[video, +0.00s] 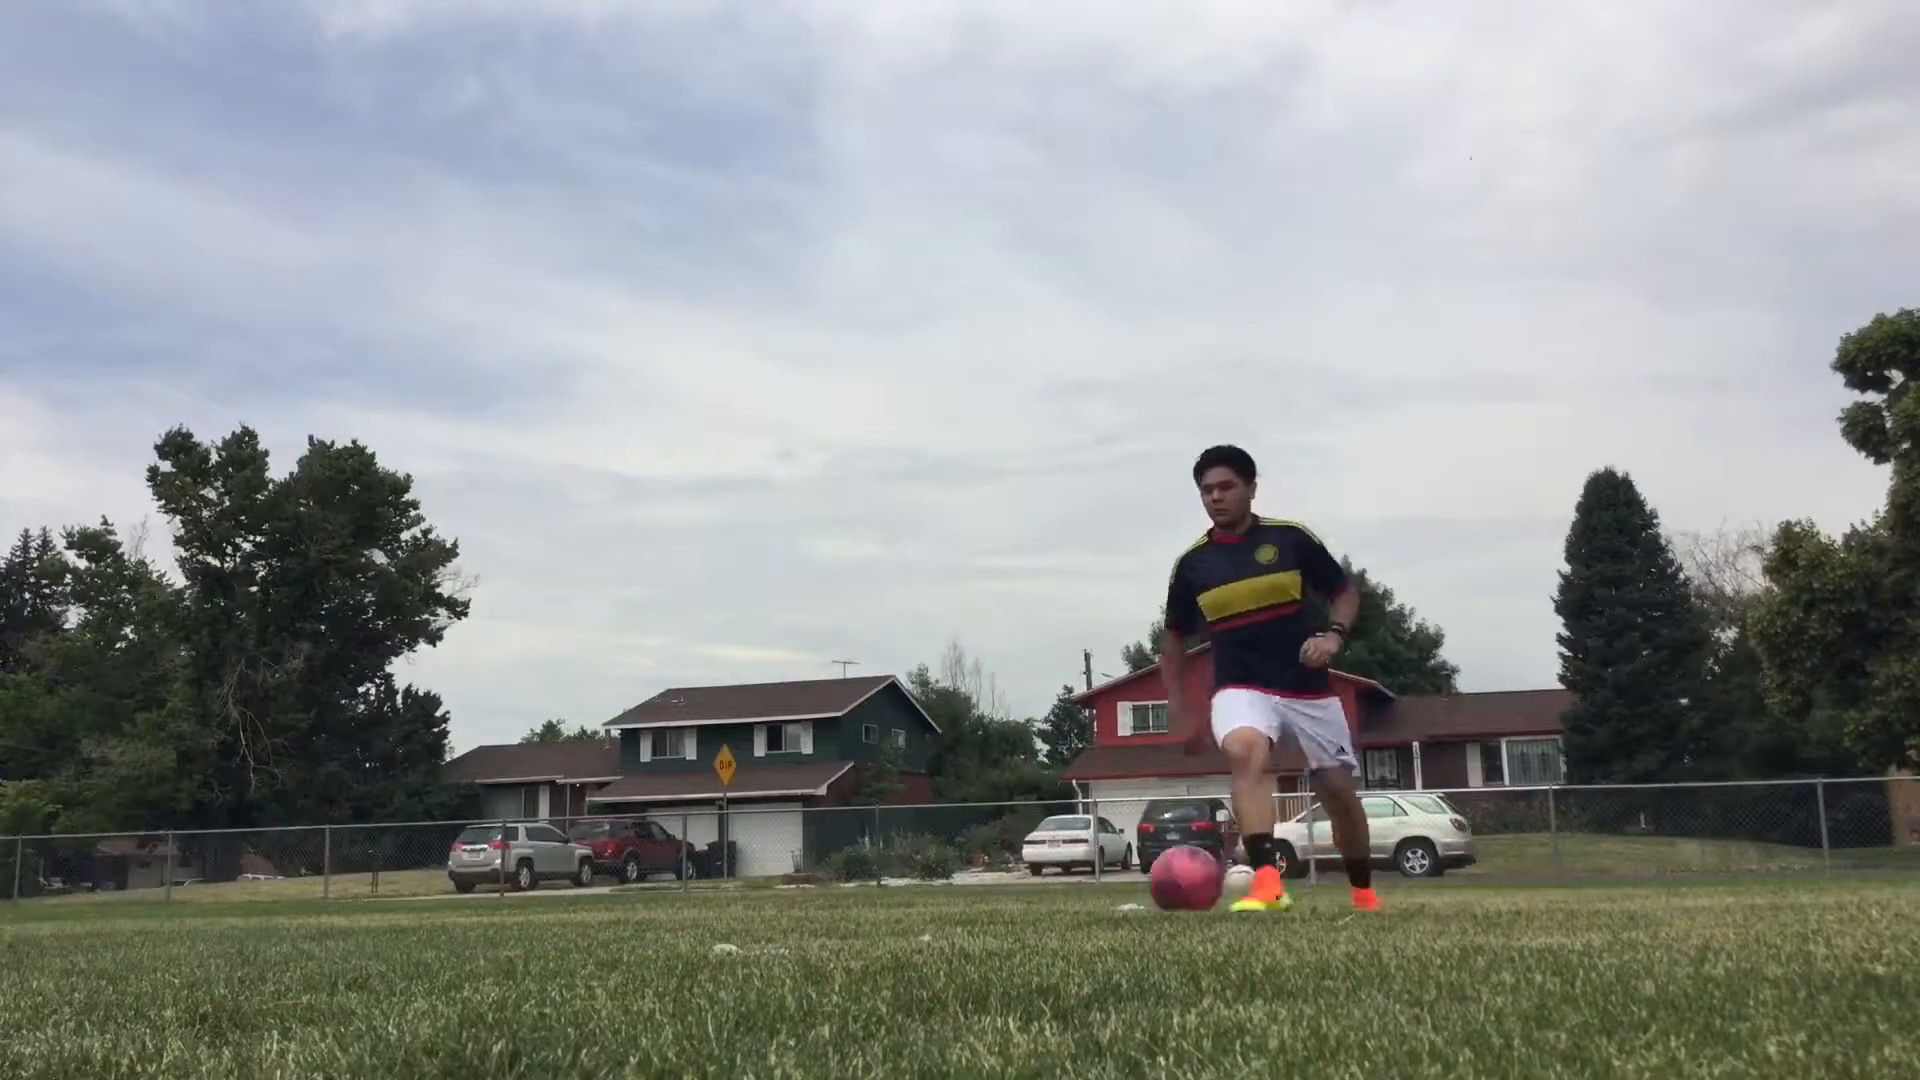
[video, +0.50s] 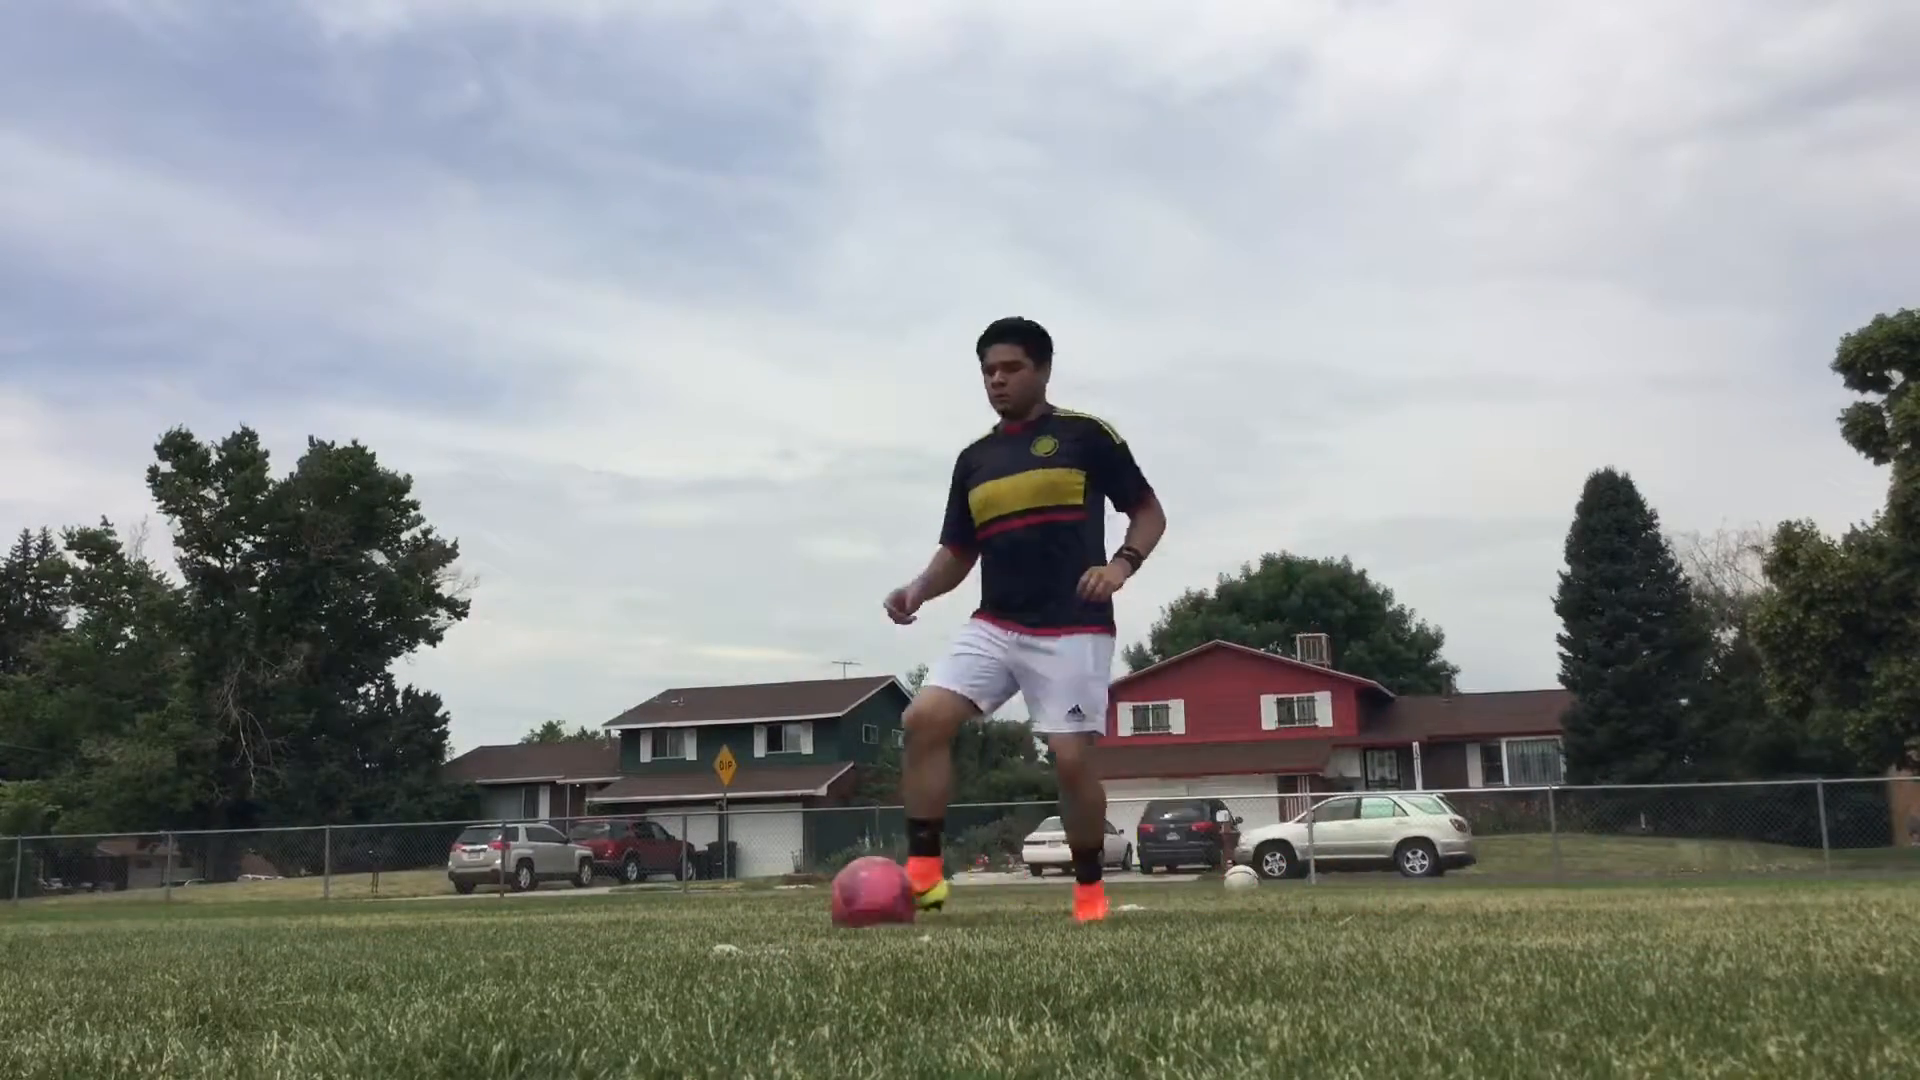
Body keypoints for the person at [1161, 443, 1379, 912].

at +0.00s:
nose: (1215, 497)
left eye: (1225, 487)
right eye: (1207, 490)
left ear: (1251, 489)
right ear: (1200, 496)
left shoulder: (1294, 540)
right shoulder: (1191, 567)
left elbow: (1346, 592)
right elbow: (1173, 639)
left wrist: (1334, 633)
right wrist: (1179, 710)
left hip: (1308, 686)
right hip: (1241, 687)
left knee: (1339, 790)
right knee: (1244, 750)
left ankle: (1362, 891)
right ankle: (1265, 879)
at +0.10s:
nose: (1181, 473)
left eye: (1192, 463)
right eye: (1173, 465)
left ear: (1221, 465)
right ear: (1167, 470)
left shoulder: (1260, 518)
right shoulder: (1155, 542)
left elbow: (1317, 568)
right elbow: (1115, 609)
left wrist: (1310, 609)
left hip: (1277, 672)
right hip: (1209, 682)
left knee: (1314, 781)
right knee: (1223, 768)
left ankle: (1357, 865)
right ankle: (1271, 891)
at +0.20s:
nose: (1147, 448)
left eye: (1159, 438)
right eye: (1140, 439)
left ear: (1188, 440)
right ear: (1133, 444)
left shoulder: (1228, 498)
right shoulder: (1116, 516)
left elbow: (1283, 551)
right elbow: (1047, 568)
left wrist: (1280, 591)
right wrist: (1012, 555)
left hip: (1232, 662)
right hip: (1166, 677)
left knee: (1243, 759)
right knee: (1196, 781)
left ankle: (1306, 860)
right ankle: (1265, 886)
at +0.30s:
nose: (1103, 414)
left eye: (1115, 403)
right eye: (1095, 404)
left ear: (1146, 404)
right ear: (1089, 408)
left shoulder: (1188, 463)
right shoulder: (1074, 478)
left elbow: (1238, 523)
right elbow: (1012, 554)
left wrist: (1229, 571)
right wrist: (989, 527)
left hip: (1178, 622)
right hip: (1111, 640)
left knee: (1170, 728)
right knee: (1118, 763)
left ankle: (1171, 873)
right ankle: (1198, 851)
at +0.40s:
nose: (1050, 403)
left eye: (1063, 391)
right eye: (1042, 392)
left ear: (1096, 392)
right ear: (1036, 397)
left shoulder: (1143, 456)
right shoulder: (1027, 477)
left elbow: (1192, 526)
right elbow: (991, 564)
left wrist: (1178, 573)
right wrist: (951, 575)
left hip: (1130, 630)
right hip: (1057, 636)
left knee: (1106, 742)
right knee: (1005, 744)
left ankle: (1099, 889)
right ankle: (1060, 859)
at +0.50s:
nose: (997, 380)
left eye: (1010, 369)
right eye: (989, 372)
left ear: (1043, 371)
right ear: (982, 378)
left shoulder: (1088, 437)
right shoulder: (974, 460)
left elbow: (1149, 512)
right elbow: (957, 551)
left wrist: (1121, 564)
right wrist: (918, 588)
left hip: (1073, 629)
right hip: (996, 626)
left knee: (1071, 759)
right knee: (924, 720)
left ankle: (1088, 891)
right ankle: (924, 875)